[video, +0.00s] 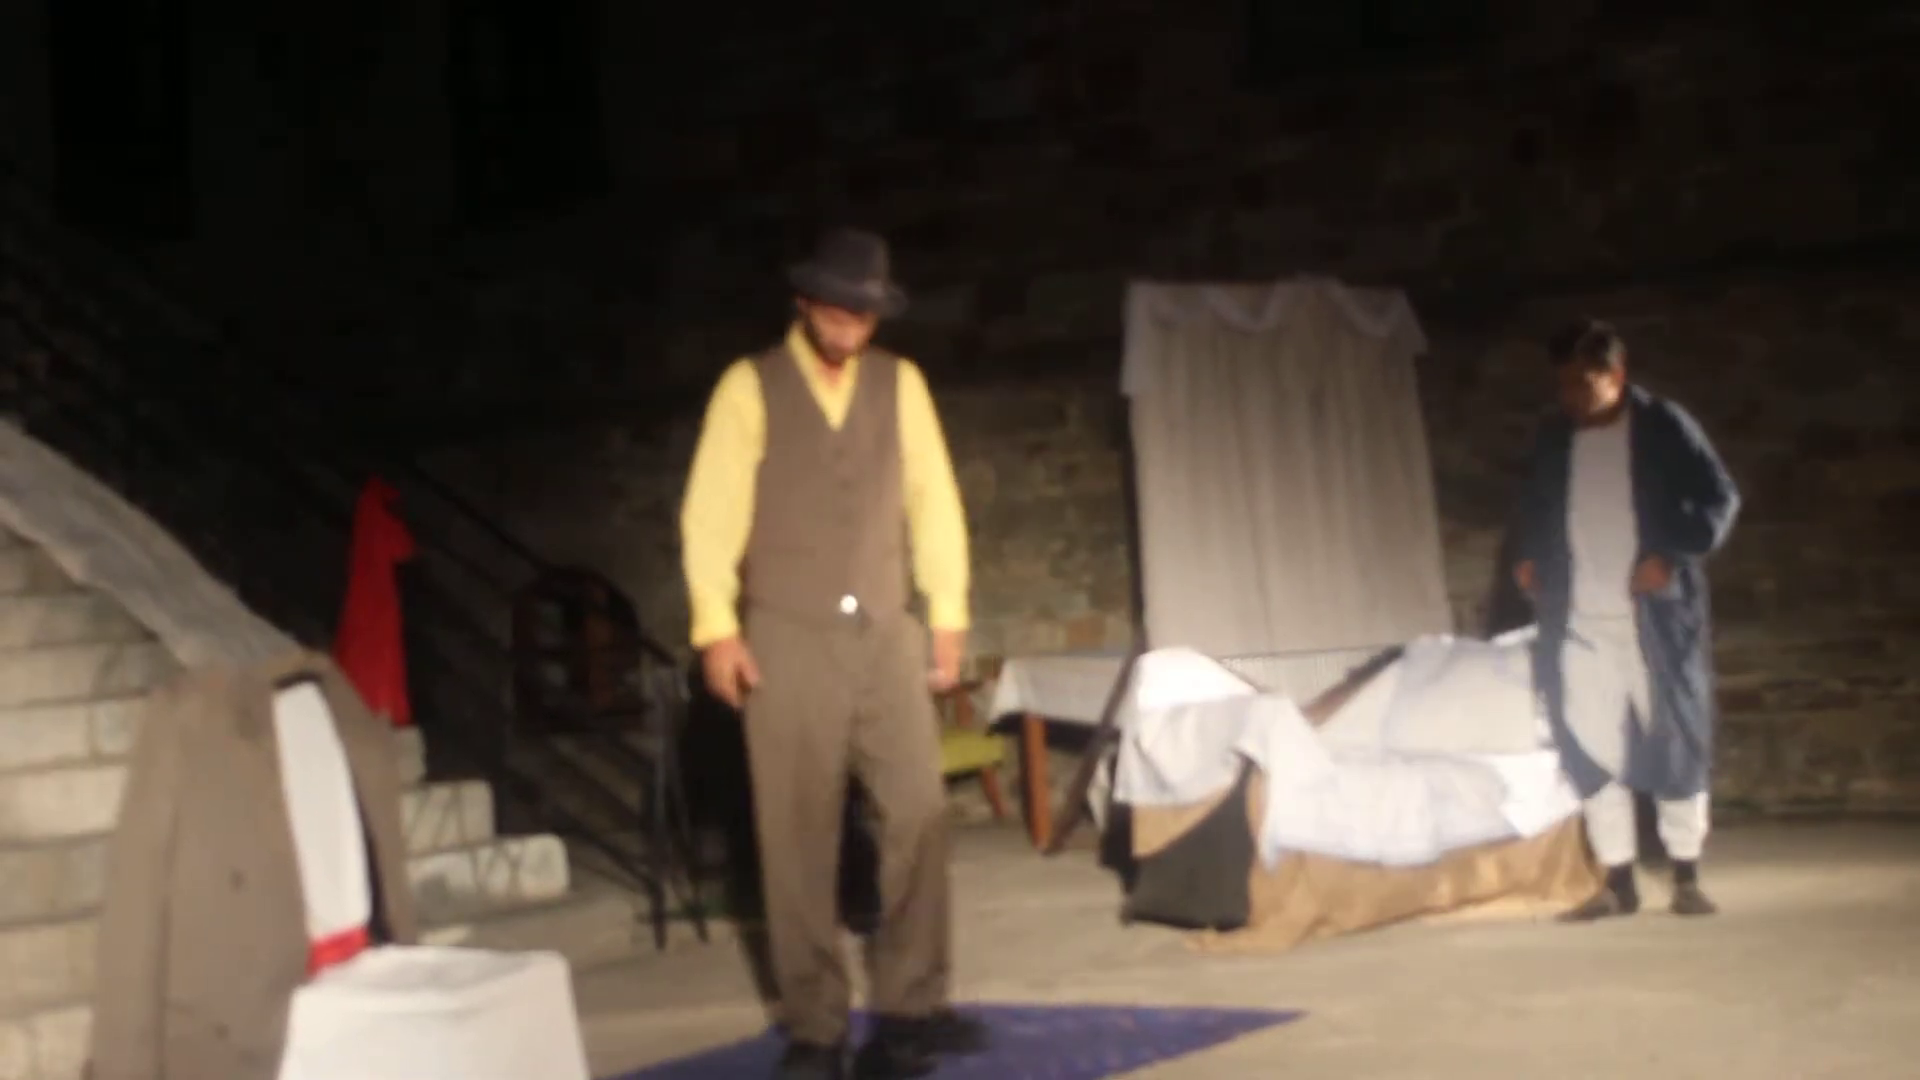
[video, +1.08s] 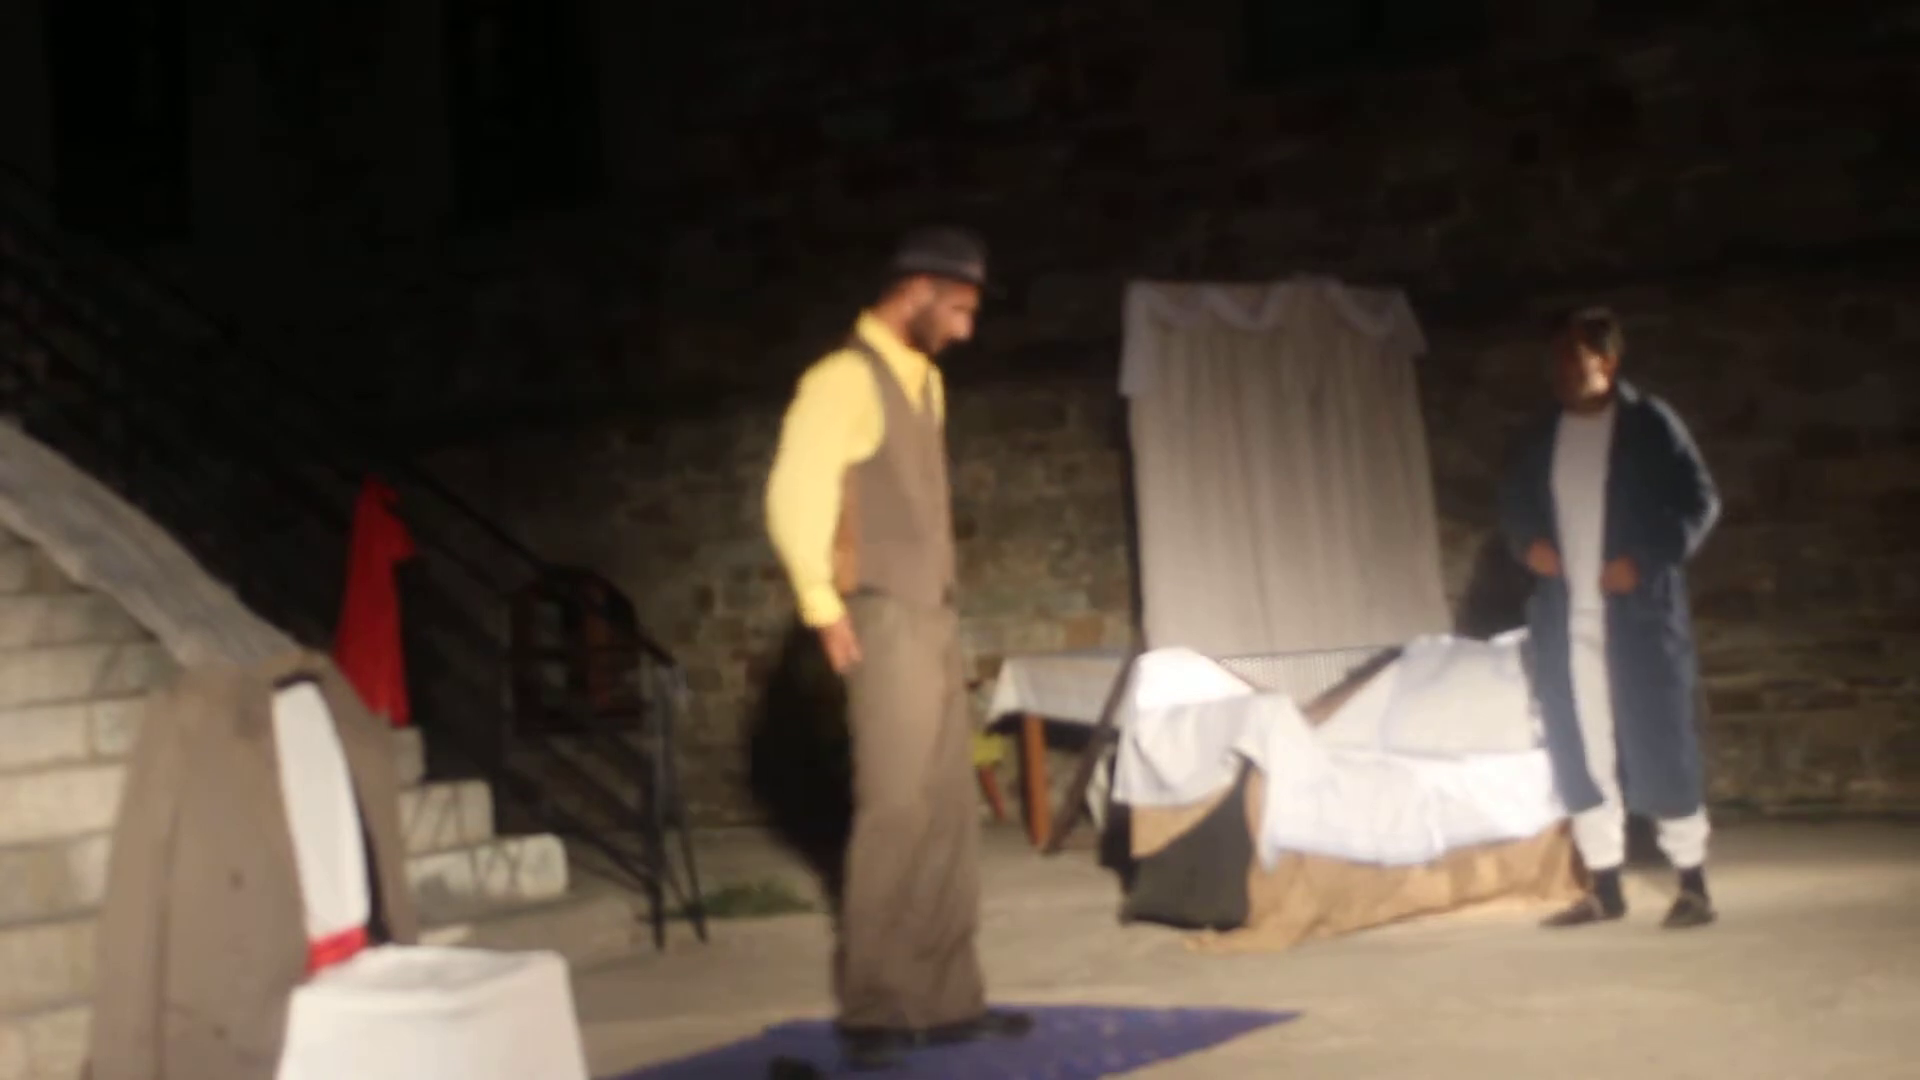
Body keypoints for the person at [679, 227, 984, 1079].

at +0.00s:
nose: (848, 329)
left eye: (863, 315)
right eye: (835, 311)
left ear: (881, 316)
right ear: (803, 301)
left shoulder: (900, 385)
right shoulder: (750, 388)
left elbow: (935, 503)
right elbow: (711, 511)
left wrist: (947, 618)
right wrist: (716, 627)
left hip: (889, 638)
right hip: (786, 642)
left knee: (919, 813)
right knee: (796, 835)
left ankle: (911, 1009)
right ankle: (813, 1025)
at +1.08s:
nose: (968, 322)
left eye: (973, 307)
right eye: (962, 304)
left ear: (936, 300)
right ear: (914, 291)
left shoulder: (924, 383)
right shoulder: (845, 379)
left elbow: (913, 507)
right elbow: (794, 496)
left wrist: (935, 617)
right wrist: (822, 605)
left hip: (932, 620)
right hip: (882, 620)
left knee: (948, 811)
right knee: (894, 813)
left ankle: (946, 1001)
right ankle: (873, 1012)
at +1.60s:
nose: (1047, 339)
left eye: (1051, 324)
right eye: (1045, 321)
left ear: (996, 305)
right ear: (1009, 304)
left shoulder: (920, 380)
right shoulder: (984, 376)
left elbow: (876, 500)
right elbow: (992, 501)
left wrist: (898, 580)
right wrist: (1029, 610)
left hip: (919, 611)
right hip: (969, 612)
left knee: (995, 798)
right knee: (1025, 799)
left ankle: (952, 974)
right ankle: (1022, 1006)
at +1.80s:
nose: (1069, 355)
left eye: (1076, 341)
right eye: (1071, 335)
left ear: (1017, 309)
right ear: (1041, 309)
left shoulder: (935, 379)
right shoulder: (1014, 374)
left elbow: (883, 489)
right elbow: (1033, 496)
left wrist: (890, 595)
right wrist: (1089, 595)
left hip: (935, 611)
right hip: (983, 609)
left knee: (1002, 792)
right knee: (1018, 795)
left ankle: (1017, 977)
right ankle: (1020, 1002)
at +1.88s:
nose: (1072, 362)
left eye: (1081, 347)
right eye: (1074, 341)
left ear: (1022, 318)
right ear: (1044, 315)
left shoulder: (948, 381)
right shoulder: (1014, 379)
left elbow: (891, 489)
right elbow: (1031, 500)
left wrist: (887, 597)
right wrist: (1084, 597)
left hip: (937, 609)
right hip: (986, 609)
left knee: (981, 797)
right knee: (1023, 795)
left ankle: (1019, 982)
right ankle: (1020, 1000)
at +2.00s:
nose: (1077, 365)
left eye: (1085, 351)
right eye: (1078, 344)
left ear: (1023, 320)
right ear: (1046, 318)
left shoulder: (956, 379)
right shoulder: (1013, 379)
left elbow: (909, 491)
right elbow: (1014, 497)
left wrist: (906, 600)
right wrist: (1053, 600)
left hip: (944, 617)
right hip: (990, 618)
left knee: (983, 802)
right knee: (1055, 791)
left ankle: (1020, 983)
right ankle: (1038, 987)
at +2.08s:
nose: (1083, 360)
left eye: (1090, 347)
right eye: (1084, 342)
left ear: (1043, 317)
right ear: (1051, 315)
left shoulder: (972, 378)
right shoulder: (1012, 379)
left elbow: (929, 504)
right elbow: (998, 492)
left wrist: (924, 619)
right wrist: (1023, 602)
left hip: (948, 605)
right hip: (986, 606)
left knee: (984, 797)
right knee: (1066, 771)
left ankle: (1015, 974)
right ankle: (1069, 965)